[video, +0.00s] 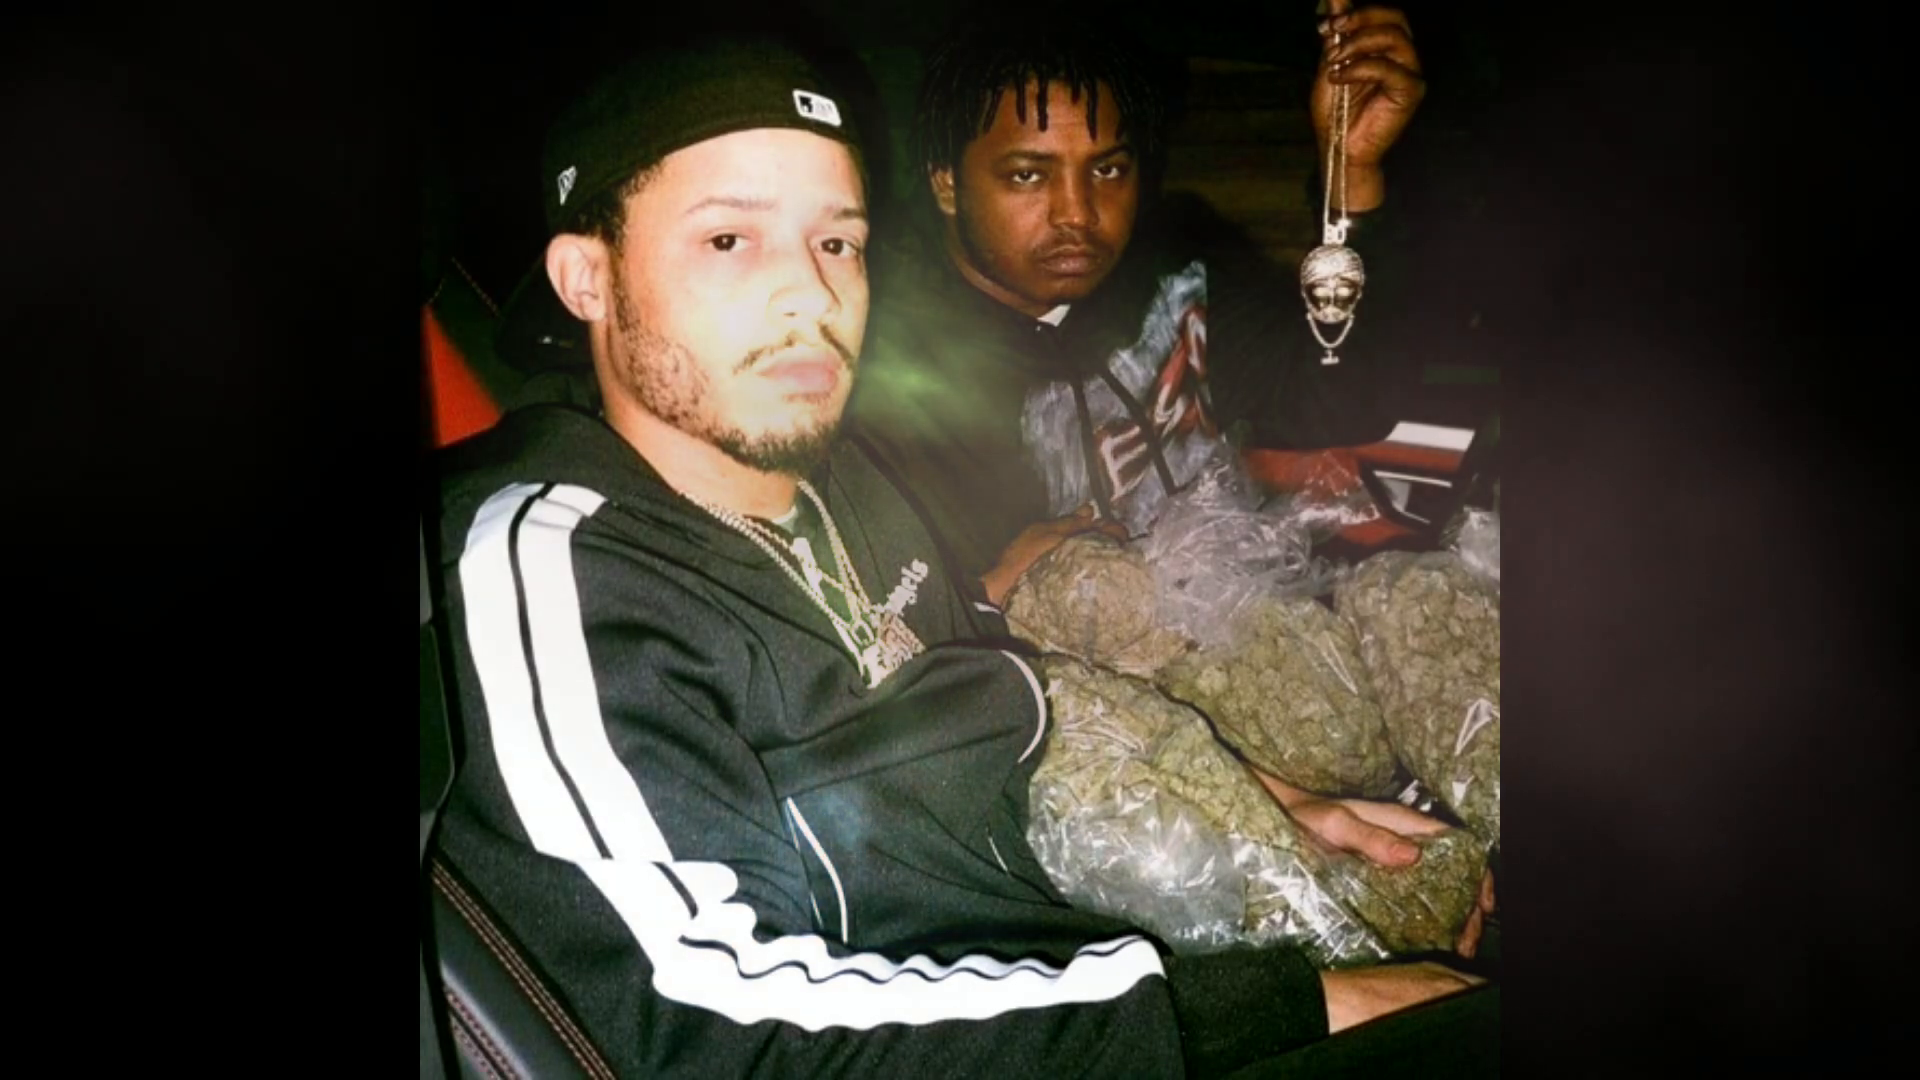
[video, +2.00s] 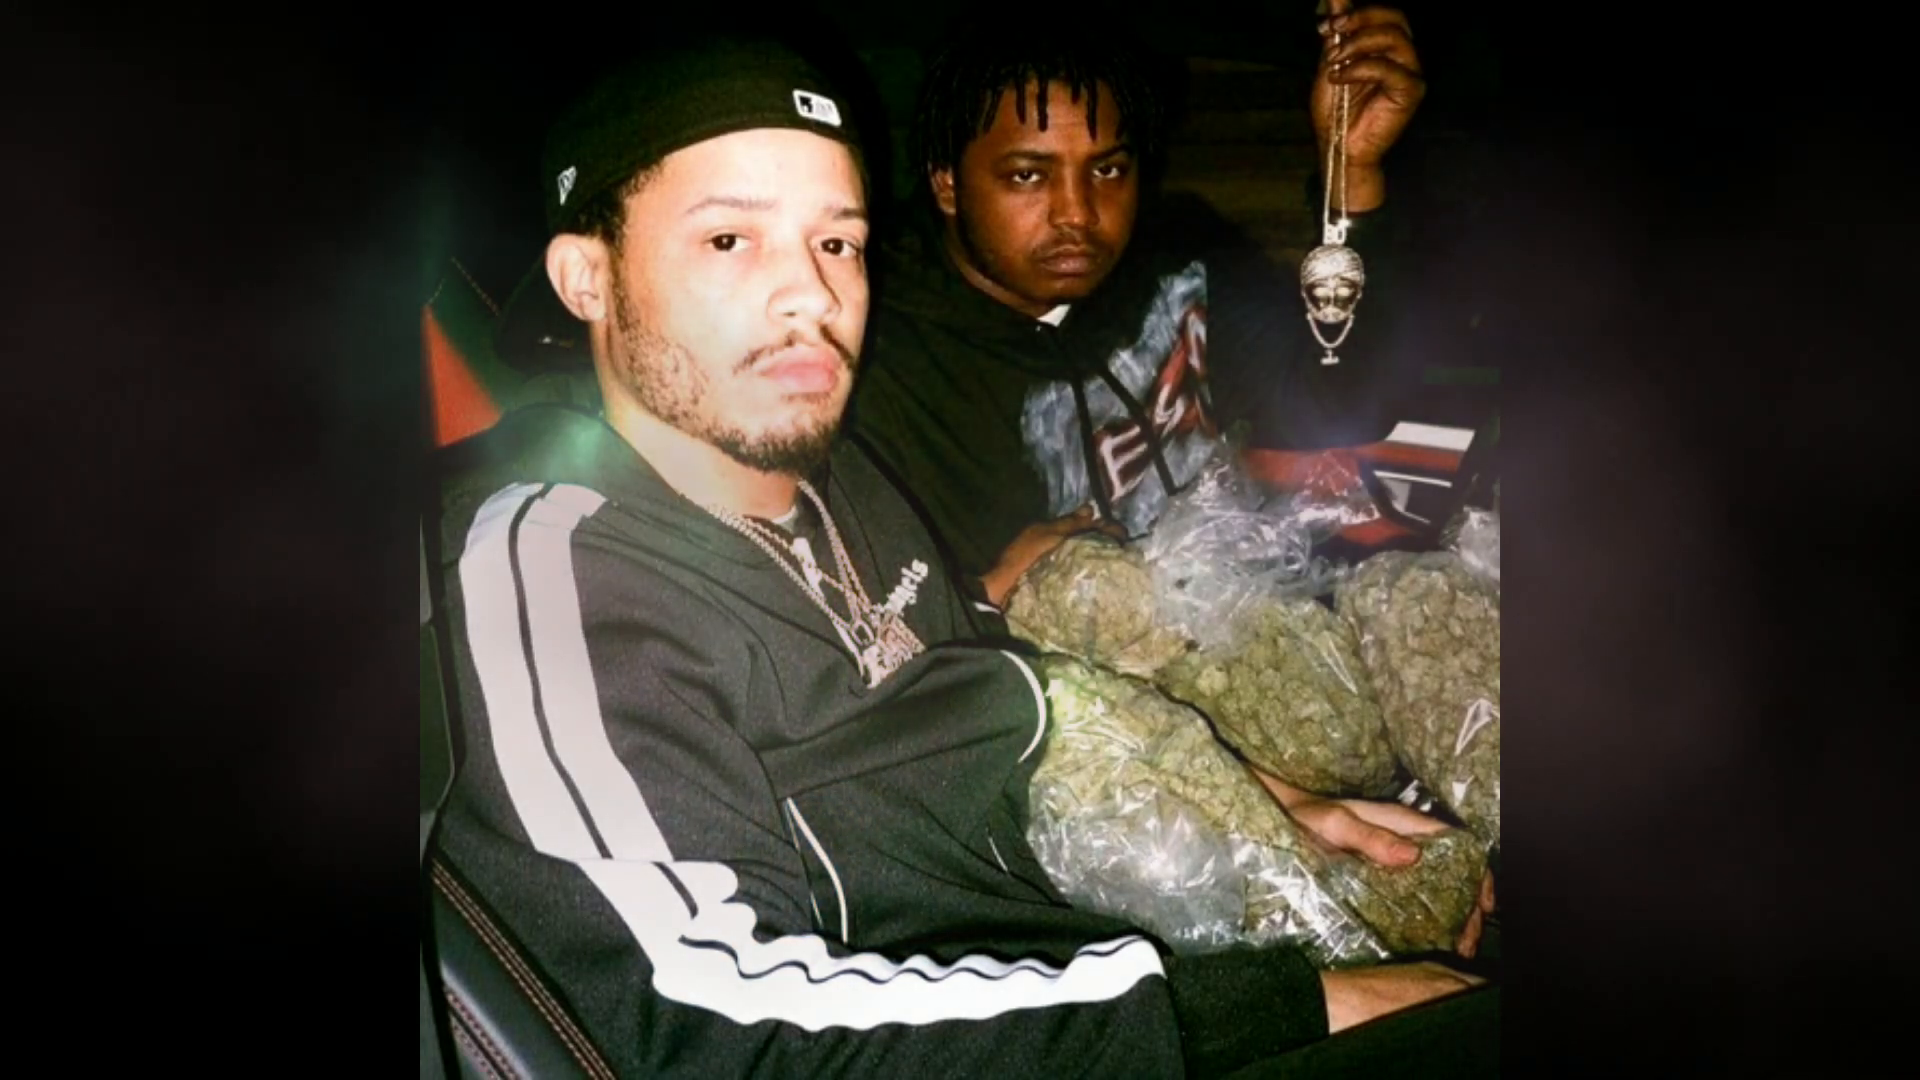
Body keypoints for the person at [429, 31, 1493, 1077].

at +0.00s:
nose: (811, 306)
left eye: (835, 249)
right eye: (730, 246)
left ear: (868, 268)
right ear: (589, 283)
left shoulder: (842, 484)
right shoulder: (530, 550)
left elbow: (1012, 738)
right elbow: (706, 1014)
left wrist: (1267, 817)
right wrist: (1276, 1008)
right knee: (1479, 1006)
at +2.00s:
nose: (810, 303)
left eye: (835, 249)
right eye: (729, 244)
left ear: (866, 269)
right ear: (588, 282)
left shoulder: (828, 482)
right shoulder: (536, 552)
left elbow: (1010, 745)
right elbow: (707, 1019)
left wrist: (1267, 820)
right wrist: (1278, 1008)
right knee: (1489, 1006)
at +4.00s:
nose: (812, 303)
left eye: (837, 249)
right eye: (729, 244)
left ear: (869, 267)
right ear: (587, 281)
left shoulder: (827, 488)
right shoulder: (534, 550)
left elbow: (1006, 736)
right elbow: (703, 1017)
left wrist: (1268, 819)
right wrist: (1275, 1008)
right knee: (1481, 1010)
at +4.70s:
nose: (815, 308)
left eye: (837, 249)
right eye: (731, 247)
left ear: (869, 263)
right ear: (588, 281)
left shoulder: (830, 482)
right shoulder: (534, 559)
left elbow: (1009, 750)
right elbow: (701, 1016)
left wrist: (1265, 825)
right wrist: (1270, 1009)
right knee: (1475, 1006)